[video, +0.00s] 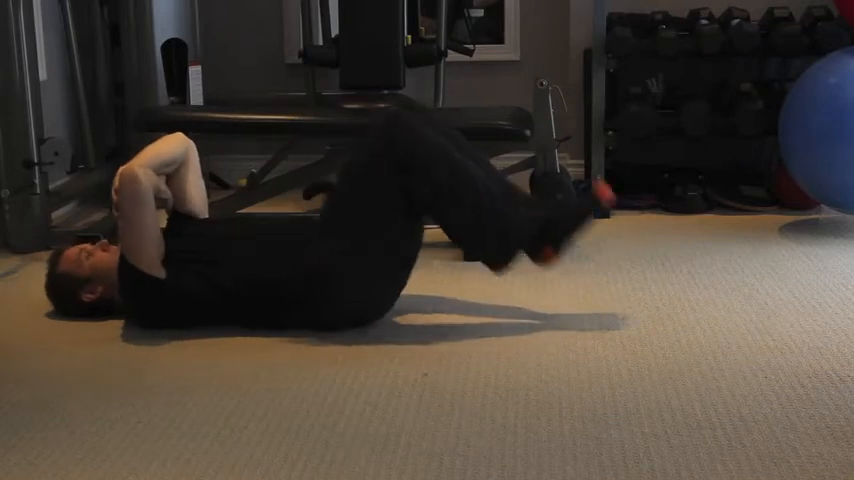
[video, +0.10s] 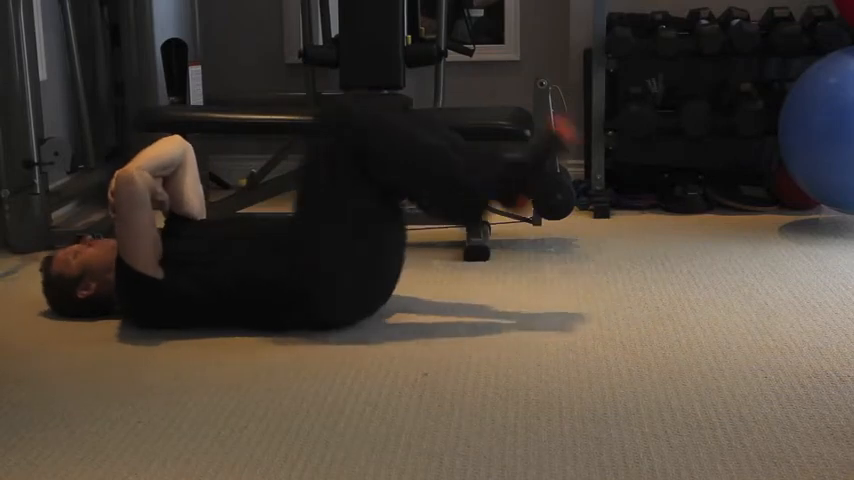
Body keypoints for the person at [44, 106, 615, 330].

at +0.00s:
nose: (98, 251)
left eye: (91, 249)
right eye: (87, 261)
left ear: (111, 253)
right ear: (95, 295)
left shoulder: (177, 250)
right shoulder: (151, 297)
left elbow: (182, 152)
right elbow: (134, 173)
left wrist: (152, 223)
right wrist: (149, 221)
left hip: (347, 256)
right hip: (340, 286)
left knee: (404, 122)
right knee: (397, 134)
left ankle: (505, 229)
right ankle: (531, 230)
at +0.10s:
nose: (87, 242)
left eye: (78, 246)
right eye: (77, 257)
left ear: (100, 251)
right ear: (90, 288)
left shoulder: (177, 248)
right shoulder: (143, 297)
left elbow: (179, 153)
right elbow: (129, 178)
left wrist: (140, 203)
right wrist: (148, 201)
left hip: (347, 266)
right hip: (327, 287)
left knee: (357, 122)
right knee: (342, 126)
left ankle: (519, 174)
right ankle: (511, 186)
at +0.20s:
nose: (78, 236)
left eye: (68, 240)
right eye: (68, 250)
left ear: (89, 245)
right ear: (84, 284)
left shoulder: (175, 249)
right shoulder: (135, 294)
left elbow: (182, 148)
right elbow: (128, 180)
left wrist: (130, 190)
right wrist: (130, 227)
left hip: (336, 266)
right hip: (311, 287)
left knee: (296, 116)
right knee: (283, 125)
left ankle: (452, 128)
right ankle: (453, 135)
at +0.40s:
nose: (79, 232)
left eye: (65, 239)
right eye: (66, 248)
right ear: (86, 281)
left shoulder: (170, 256)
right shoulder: (133, 288)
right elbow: (126, 175)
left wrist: (145, 170)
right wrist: (171, 149)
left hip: (342, 240)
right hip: (308, 258)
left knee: (209, 150)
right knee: (195, 142)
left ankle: (354, 85)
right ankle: (350, 88)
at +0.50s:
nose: (74, 232)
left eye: (64, 241)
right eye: (66, 248)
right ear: (88, 280)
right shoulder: (135, 289)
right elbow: (134, 172)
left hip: (339, 237)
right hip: (303, 257)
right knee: (173, 155)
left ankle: (320, 72)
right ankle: (316, 73)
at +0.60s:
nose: (74, 232)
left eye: (63, 243)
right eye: (66, 249)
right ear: (89, 280)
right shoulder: (136, 289)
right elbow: (134, 172)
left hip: (340, 234)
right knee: (170, 154)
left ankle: (318, 67)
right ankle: (315, 68)